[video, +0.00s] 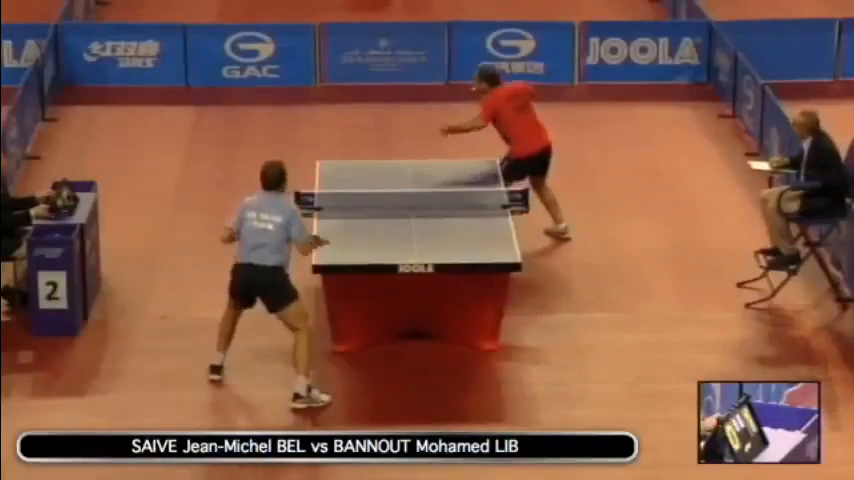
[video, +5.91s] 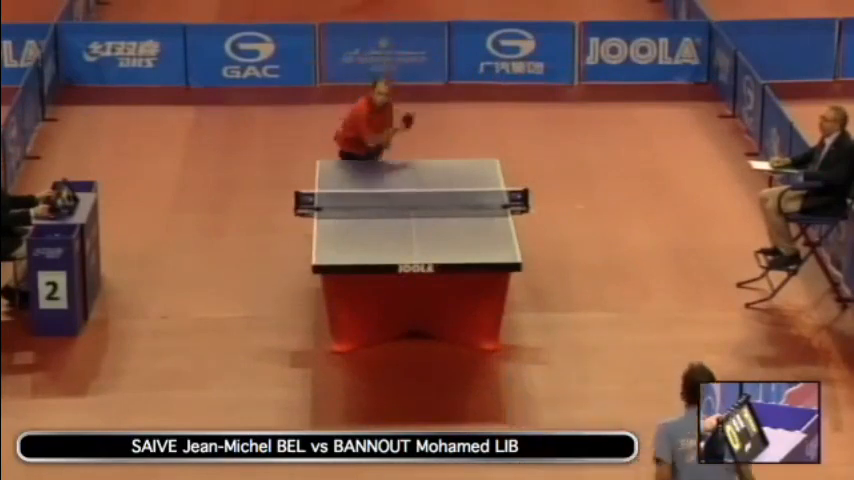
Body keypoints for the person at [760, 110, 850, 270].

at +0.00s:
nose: (794, 129)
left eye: (798, 125)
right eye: (794, 125)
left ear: (808, 127)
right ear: (808, 127)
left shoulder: (822, 145)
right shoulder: (811, 141)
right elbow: (803, 160)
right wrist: (785, 163)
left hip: (828, 199)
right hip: (815, 191)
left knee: (774, 206)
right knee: (767, 197)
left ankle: (790, 253)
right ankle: (779, 247)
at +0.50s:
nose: (816, 125)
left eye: (821, 122)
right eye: (817, 121)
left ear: (833, 125)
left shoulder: (845, 146)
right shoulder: (823, 142)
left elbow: (842, 180)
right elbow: (805, 159)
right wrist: (786, 163)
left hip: (830, 199)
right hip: (813, 191)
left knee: (774, 204)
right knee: (767, 197)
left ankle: (789, 253)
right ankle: (780, 247)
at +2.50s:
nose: (820, 123)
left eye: (824, 120)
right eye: (820, 119)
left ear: (836, 125)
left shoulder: (845, 146)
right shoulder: (826, 140)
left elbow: (837, 177)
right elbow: (807, 158)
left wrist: (807, 175)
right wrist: (786, 162)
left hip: (829, 199)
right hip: (815, 191)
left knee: (774, 205)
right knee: (766, 197)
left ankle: (789, 253)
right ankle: (780, 247)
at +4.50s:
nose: (821, 124)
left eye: (827, 121)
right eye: (821, 120)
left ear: (839, 126)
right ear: (819, 120)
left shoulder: (846, 147)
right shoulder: (825, 141)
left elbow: (837, 178)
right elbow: (807, 158)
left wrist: (806, 175)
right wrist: (786, 163)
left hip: (830, 199)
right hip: (814, 191)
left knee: (773, 205)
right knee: (765, 197)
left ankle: (790, 253)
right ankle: (780, 247)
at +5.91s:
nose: (820, 123)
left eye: (826, 120)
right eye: (821, 119)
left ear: (838, 125)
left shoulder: (846, 147)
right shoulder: (827, 140)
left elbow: (836, 177)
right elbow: (809, 157)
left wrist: (803, 175)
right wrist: (787, 163)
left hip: (829, 199)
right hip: (815, 191)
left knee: (773, 204)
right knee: (765, 197)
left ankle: (790, 254)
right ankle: (780, 247)